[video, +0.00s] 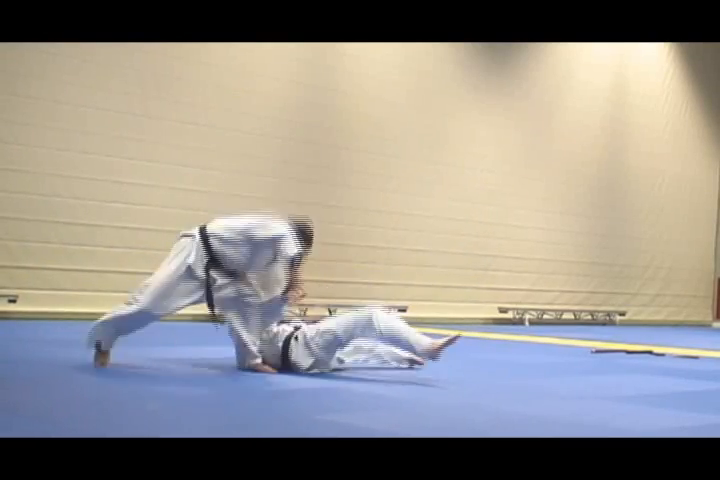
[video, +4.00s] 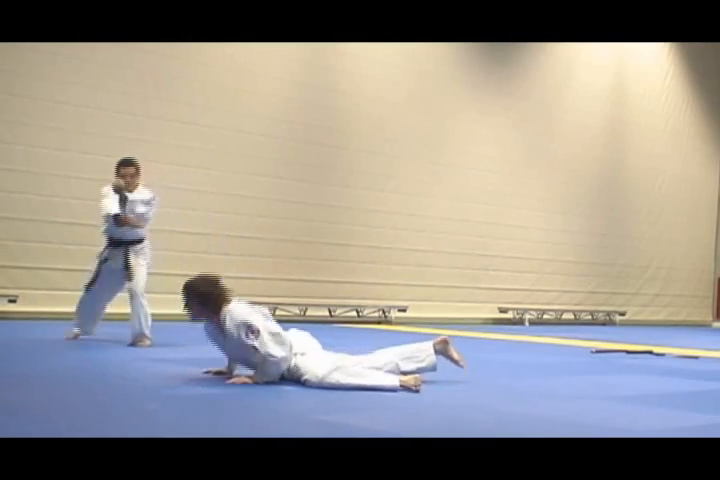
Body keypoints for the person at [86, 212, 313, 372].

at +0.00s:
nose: (296, 255)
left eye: (299, 253)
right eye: (299, 251)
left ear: (296, 238)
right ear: (299, 238)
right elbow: (291, 257)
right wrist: (293, 287)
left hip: (221, 273)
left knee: (248, 303)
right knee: (149, 307)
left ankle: (250, 359)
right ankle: (104, 338)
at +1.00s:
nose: (232, 205)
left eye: (237, 200)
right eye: (228, 199)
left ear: (244, 195)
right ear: (219, 193)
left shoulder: (255, 212)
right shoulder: (200, 201)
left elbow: (267, 246)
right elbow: (185, 238)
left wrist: (237, 268)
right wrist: (206, 261)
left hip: (237, 265)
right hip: (196, 260)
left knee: (257, 313)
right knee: (161, 289)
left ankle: (267, 360)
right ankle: (161, 352)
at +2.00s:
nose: (162, 224)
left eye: (166, 219)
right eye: (156, 221)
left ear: (173, 210)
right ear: (148, 218)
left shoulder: (196, 222)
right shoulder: (138, 229)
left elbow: (218, 263)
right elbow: (147, 264)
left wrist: (215, 301)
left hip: (208, 270)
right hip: (170, 272)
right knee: (143, 299)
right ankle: (154, 365)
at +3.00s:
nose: (205, 227)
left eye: (209, 222)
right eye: (200, 222)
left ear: (215, 219)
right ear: (192, 220)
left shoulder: (225, 229)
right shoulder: (181, 238)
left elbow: (244, 255)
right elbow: (180, 278)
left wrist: (225, 272)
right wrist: (185, 319)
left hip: (213, 275)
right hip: (188, 276)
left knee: (215, 294)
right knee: (174, 314)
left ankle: (219, 344)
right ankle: (162, 349)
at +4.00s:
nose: (128, 180)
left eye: (132, 176)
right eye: (124, 176)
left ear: (139, 176)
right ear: (117, 177)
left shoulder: (147, 196)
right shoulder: (110, 192)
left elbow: (143, 221)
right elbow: (113, 217)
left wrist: (123, 196)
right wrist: (133, 222)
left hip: (137, 249)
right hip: (114, 249)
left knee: (136, 290)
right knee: (96, 290)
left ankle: (142, 335)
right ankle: (83, 327)